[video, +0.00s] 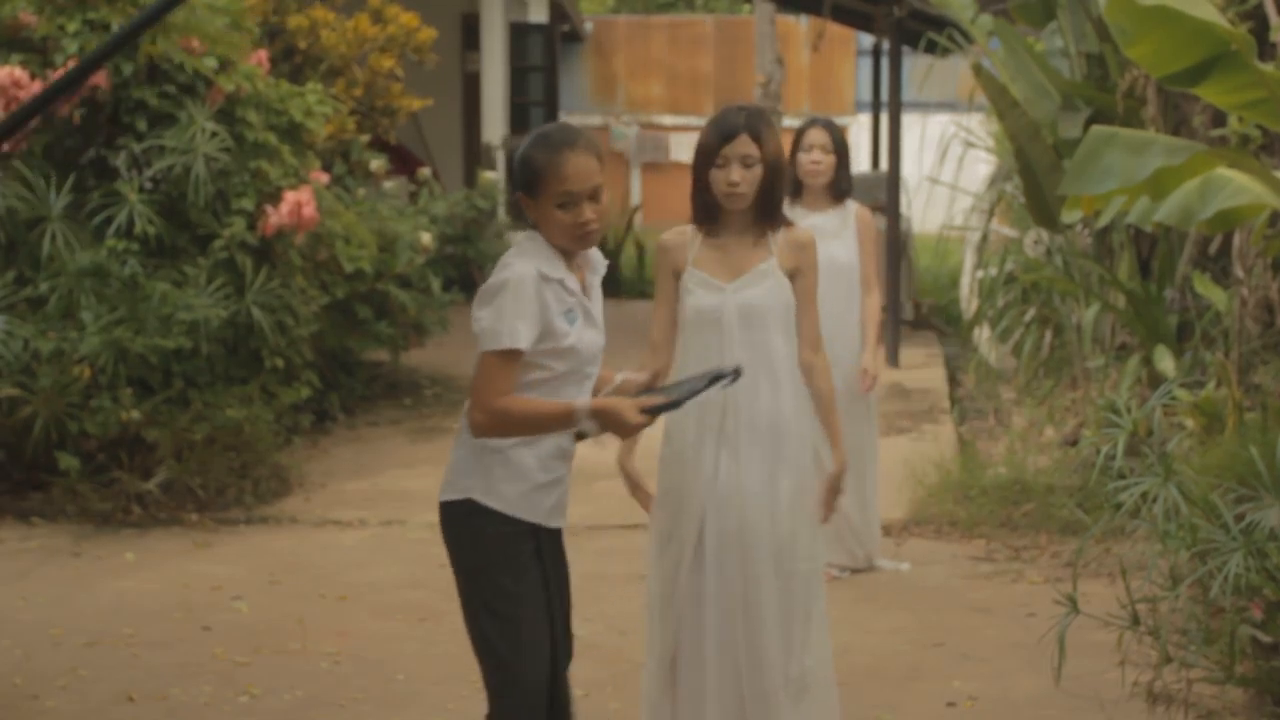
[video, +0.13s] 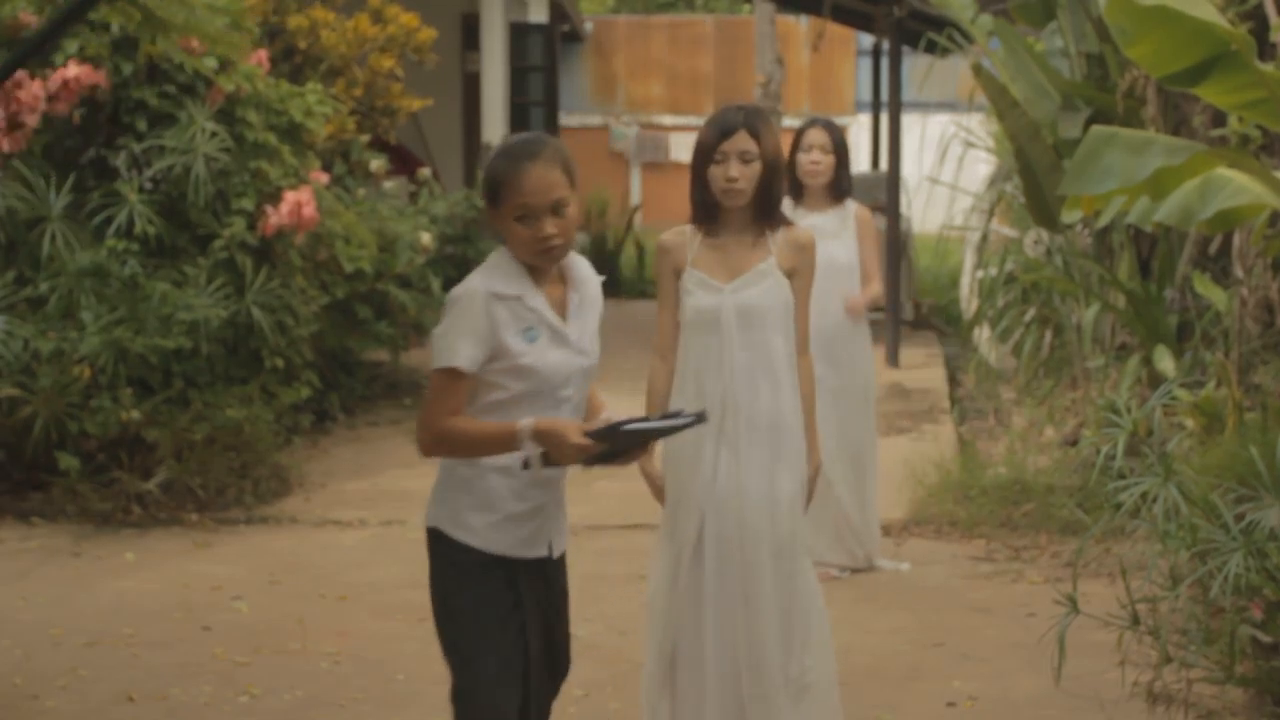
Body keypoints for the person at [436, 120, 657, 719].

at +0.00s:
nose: (586, 215)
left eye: (595, 197)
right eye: (567, 203)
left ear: (607, 191)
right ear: (527, 206)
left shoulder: (586, 265)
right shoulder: (519, 278)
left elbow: (560, 381)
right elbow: (485, 414)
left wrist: (614, 387)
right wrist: (591, 411)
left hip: (538, 501)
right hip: (489, 503)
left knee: (552, 678)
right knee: (523, 688)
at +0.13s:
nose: (548, 230)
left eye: (559, 210)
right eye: (526, 219)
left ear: (578, 201)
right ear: (494, 219)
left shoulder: (583, 281)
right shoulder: (476, 298)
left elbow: (573, 387)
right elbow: (433, 432)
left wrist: (612, 428)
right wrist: (534, 432)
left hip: (542, 532)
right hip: (473, 535)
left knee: (544, 680)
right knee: (492, 696)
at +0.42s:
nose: (444, 224)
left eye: (458, 198)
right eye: (422, 211)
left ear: (496, 189)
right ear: (406, 218)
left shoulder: (546, 285)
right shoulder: (388, 307)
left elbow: (551, 395)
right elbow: (366, 451)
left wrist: (589, 459)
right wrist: (456, 448)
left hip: (537, 568)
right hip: (435, 579)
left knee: (577, 711)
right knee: (450, 713)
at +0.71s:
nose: (401, 270)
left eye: (417, 242)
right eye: (381, 257)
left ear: (468, 227)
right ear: (369, 267)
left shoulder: (544, 349)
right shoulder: (354, 364)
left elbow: (579, 483)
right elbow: (321, 526)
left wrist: (599, 569)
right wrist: (408, 531)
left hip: (512, 649)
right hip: (395, 657)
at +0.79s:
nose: (378, 269)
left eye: (395, 242)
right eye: (361, 256)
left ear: (456, 228)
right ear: (352, 266)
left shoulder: (539, 362)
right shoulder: (340, 366)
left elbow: (583, 507)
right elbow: (306, 521)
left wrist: (588, 588)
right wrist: (353, 550)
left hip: (498, 670)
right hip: (373, 671)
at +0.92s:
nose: (315, 250)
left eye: (334, 221)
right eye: (303, 234)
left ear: (407, 212)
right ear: (296, 245)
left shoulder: (499, 356)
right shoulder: (298, 351)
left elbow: (561, 524)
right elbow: (276, 494)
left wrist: (508, 607)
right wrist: (273, 553)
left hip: (462, 684)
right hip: (331, 681)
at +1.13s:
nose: (166, 273)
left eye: (189, 241)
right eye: (157, 254)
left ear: (273, 233)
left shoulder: (371, 388)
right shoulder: (178, 392)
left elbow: (441, 596)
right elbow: (186, 540)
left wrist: (333, 668)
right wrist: (165, 613)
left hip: (346, 702)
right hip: (210, 699)